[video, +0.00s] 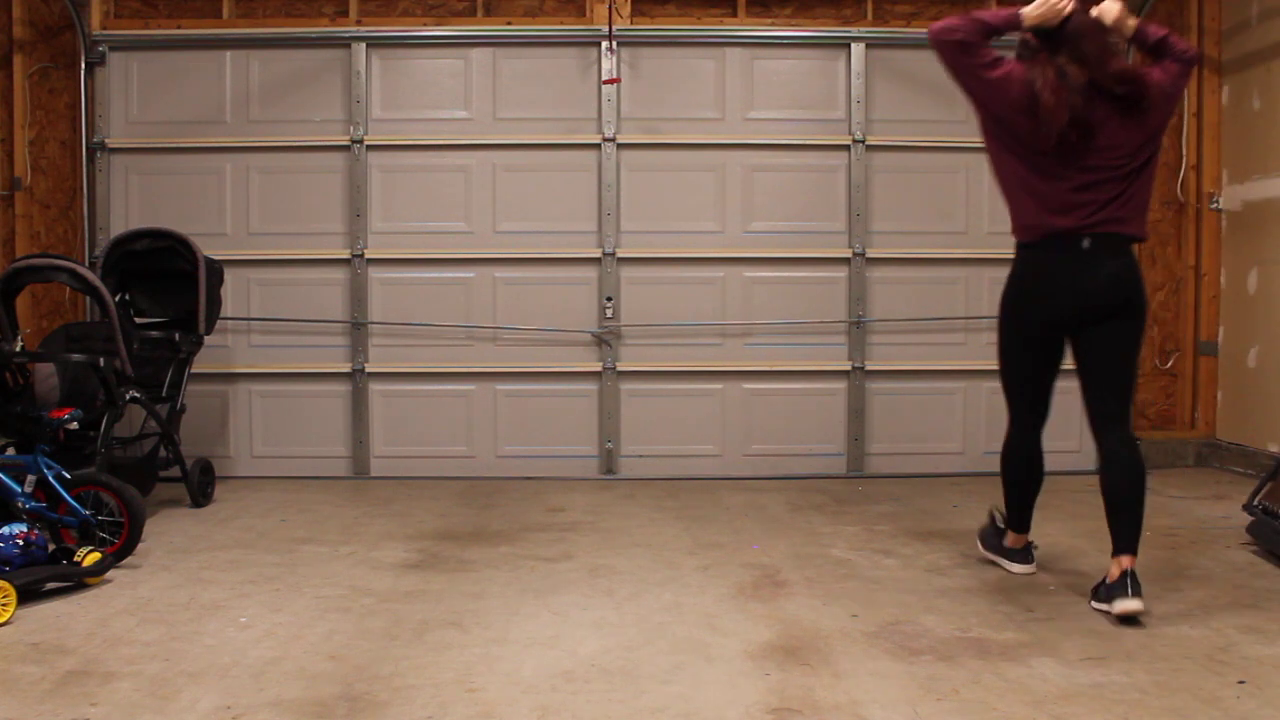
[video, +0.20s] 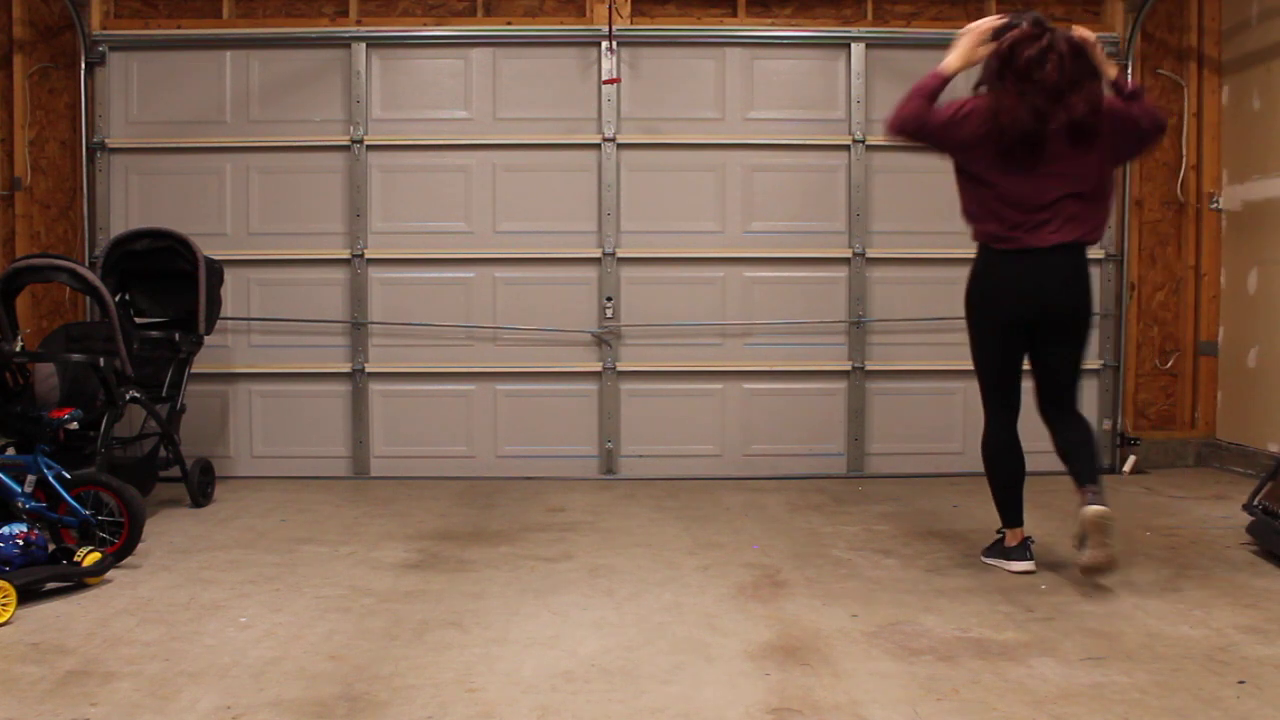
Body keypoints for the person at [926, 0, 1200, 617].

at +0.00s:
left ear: (1038, 47)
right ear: (1107, 48)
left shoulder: (1011, 91)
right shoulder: (1141, 96)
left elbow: (946, 34)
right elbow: (1183, 56)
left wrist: (1017, 16)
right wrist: (1133, 26)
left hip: (1038, 272)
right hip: (1114, 272)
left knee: (1025, 418)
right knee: (1115, 427)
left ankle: (1016, 539)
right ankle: (1124, 572)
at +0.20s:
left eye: (998, 60)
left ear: (997, 69)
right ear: (1068, 73)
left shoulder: (978, 121)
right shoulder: (1092, 118)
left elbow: (905, 120)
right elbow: (1149, 122)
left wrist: (952, 62)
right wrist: (1107, 70)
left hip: (998, 278)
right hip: (1066, 277)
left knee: (1000, 413)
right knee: (1060, 403)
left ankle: (1014, 538)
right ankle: (1092, 497)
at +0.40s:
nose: (965, 74)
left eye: (967, 66)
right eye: (967, 65)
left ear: (977, 68)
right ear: (1021, 66)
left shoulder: (963, 118)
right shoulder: (1052, 118)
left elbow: (926, 184)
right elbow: (1104, 194)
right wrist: (1072, 236)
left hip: (976, 278)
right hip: (1037, 276)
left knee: (994, 405)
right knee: (1020, 395)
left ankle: (1015, 536)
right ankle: (1012, 517)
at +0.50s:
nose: (954, 93)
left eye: (955, 85)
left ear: (960, 86)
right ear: (1006, 84)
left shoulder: (944, 131)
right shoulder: (1033, 132)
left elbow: (920, 181)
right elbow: (1090, 188)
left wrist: (925, 250)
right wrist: (1062, 249)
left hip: (964, 285)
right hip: (1023, 283)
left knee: (985, 406)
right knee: (1001, 398)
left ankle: (1016, 534)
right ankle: (982, 497)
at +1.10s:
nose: (832, 129)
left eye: (834, 122)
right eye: (833, 122)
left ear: (849, 122)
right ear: (873, 120)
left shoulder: (852, 155)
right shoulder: (903, 155)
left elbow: (873, 179)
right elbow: (967, 182)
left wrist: (861, 241)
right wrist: (933, 234)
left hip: (868, 288)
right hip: (911, 286)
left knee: (845, 392)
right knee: (925, 390)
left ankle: (827, 487)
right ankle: (963, 493)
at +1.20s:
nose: (806, 127)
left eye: (809, 119)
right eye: (807, 119)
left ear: (824, 119)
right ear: (847, 118)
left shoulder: (827, 153)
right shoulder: (878, 152)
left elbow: (845, 180)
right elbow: (938, 183)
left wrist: (830, 234)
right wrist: (905, 233)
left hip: (839, 284)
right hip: (880, 282)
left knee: (824, 389)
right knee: (882, 386)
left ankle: (824, 486)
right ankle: (943, 465)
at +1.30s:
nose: (782, 124)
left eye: (785, 117)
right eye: (783, 117)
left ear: (802, 118)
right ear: (822, 117)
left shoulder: (805, 148)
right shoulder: (853, 149)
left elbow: (816, 167)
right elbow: (915, 177)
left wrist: (800, 216)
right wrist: (880, 218)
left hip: (817, 276)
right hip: (853, 274)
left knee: (812, 382)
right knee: (835, 375)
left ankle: (824, 486)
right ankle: (893, 449)